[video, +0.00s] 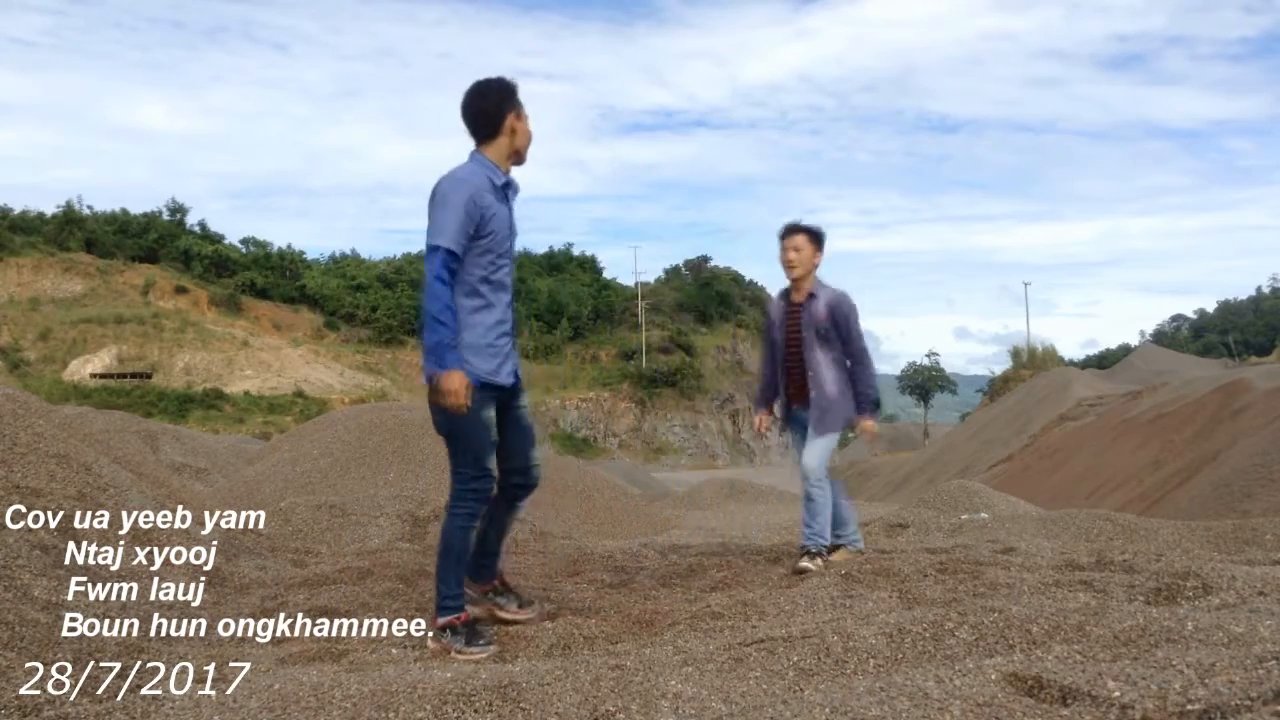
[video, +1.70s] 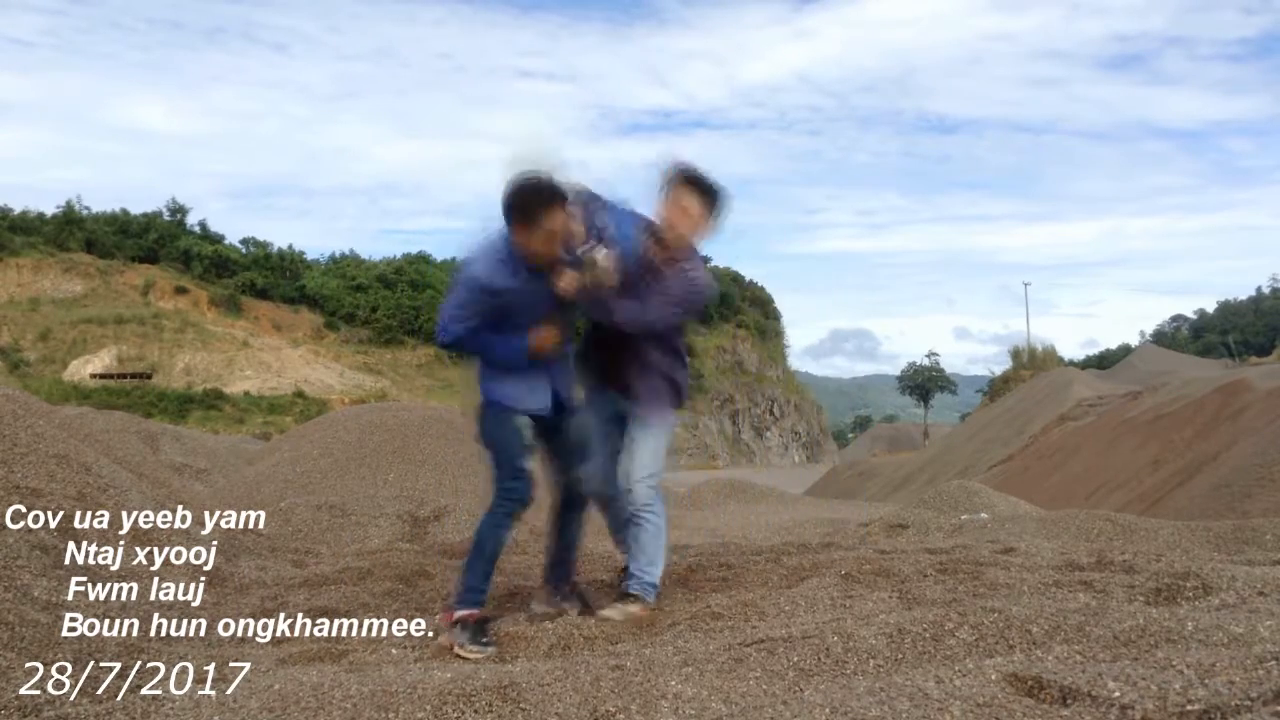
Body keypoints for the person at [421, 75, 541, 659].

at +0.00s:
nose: (531, 129)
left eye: (527, 117)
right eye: (527, 118)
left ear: (492, 126)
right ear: (513, 123)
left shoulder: (499, 192)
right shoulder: (459, 187)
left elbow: (485, 283)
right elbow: (437, 278)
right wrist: (446, 365)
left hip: (501, 370)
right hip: (463, 372)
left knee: (519, 476)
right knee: (472, 485)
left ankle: (481, 579)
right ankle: (447, 618)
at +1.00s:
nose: (550, 153)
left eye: (546, 143)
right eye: (546, 143)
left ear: (511, 151)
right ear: (534, 147)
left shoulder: (521, 207)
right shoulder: (499, 202)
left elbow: (518, 295)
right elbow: (485, 289)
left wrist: (539, 370)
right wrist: (494, 369)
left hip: (537, 380)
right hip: (510, 381)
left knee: (553, 488)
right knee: (501, 493)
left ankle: (553, 594)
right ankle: (452, 613)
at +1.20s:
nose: (569, 161)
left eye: (566, 151)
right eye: (566, 150)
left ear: (526, 155)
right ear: (554, 152)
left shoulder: (533, 211)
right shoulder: (515, 202)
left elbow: (537, 298)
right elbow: (508, 286)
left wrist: (585, 326)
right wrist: (562, 344)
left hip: (532, 377)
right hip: (505, 375)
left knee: (552, 488)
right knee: (507, 492)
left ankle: (554, 596)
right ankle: (459, 614)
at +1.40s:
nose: (541, 152)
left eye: (538, 142)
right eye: (536, 143)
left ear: (501, 149)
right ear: (521, 147)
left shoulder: (506, 204)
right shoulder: (494, 202)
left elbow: (505, 280)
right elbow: (486, 290)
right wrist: (541, 306)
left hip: (513, 377)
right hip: (486, 379)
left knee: (560, 457)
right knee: (511, 496)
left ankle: (556, 584)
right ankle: (460, 616)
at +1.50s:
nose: (516, 145)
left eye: (513, 135)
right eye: (511, 135)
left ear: (480, 143)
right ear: (494, 140)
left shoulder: (502, 202)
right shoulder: (460, 211)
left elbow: (555, 242)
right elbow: (479, 302)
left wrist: (541, 240)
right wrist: (542, 276)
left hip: (521, 364)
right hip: (481, 378)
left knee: (597, 373)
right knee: (505, 491)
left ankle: (546, 464)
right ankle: (461, 615)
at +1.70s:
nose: (562, 239)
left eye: (563, 228)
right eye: (553, 230)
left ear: (563, 222)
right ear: (522, 229)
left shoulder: (558, 261)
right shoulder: (486, 272)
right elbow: (451, 333)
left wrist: (580, 287)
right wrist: (523, 343)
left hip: (554, 392)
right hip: (505, 396)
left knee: (574, 484)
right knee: (514, 491)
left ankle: (559, 585)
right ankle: (467, 610)